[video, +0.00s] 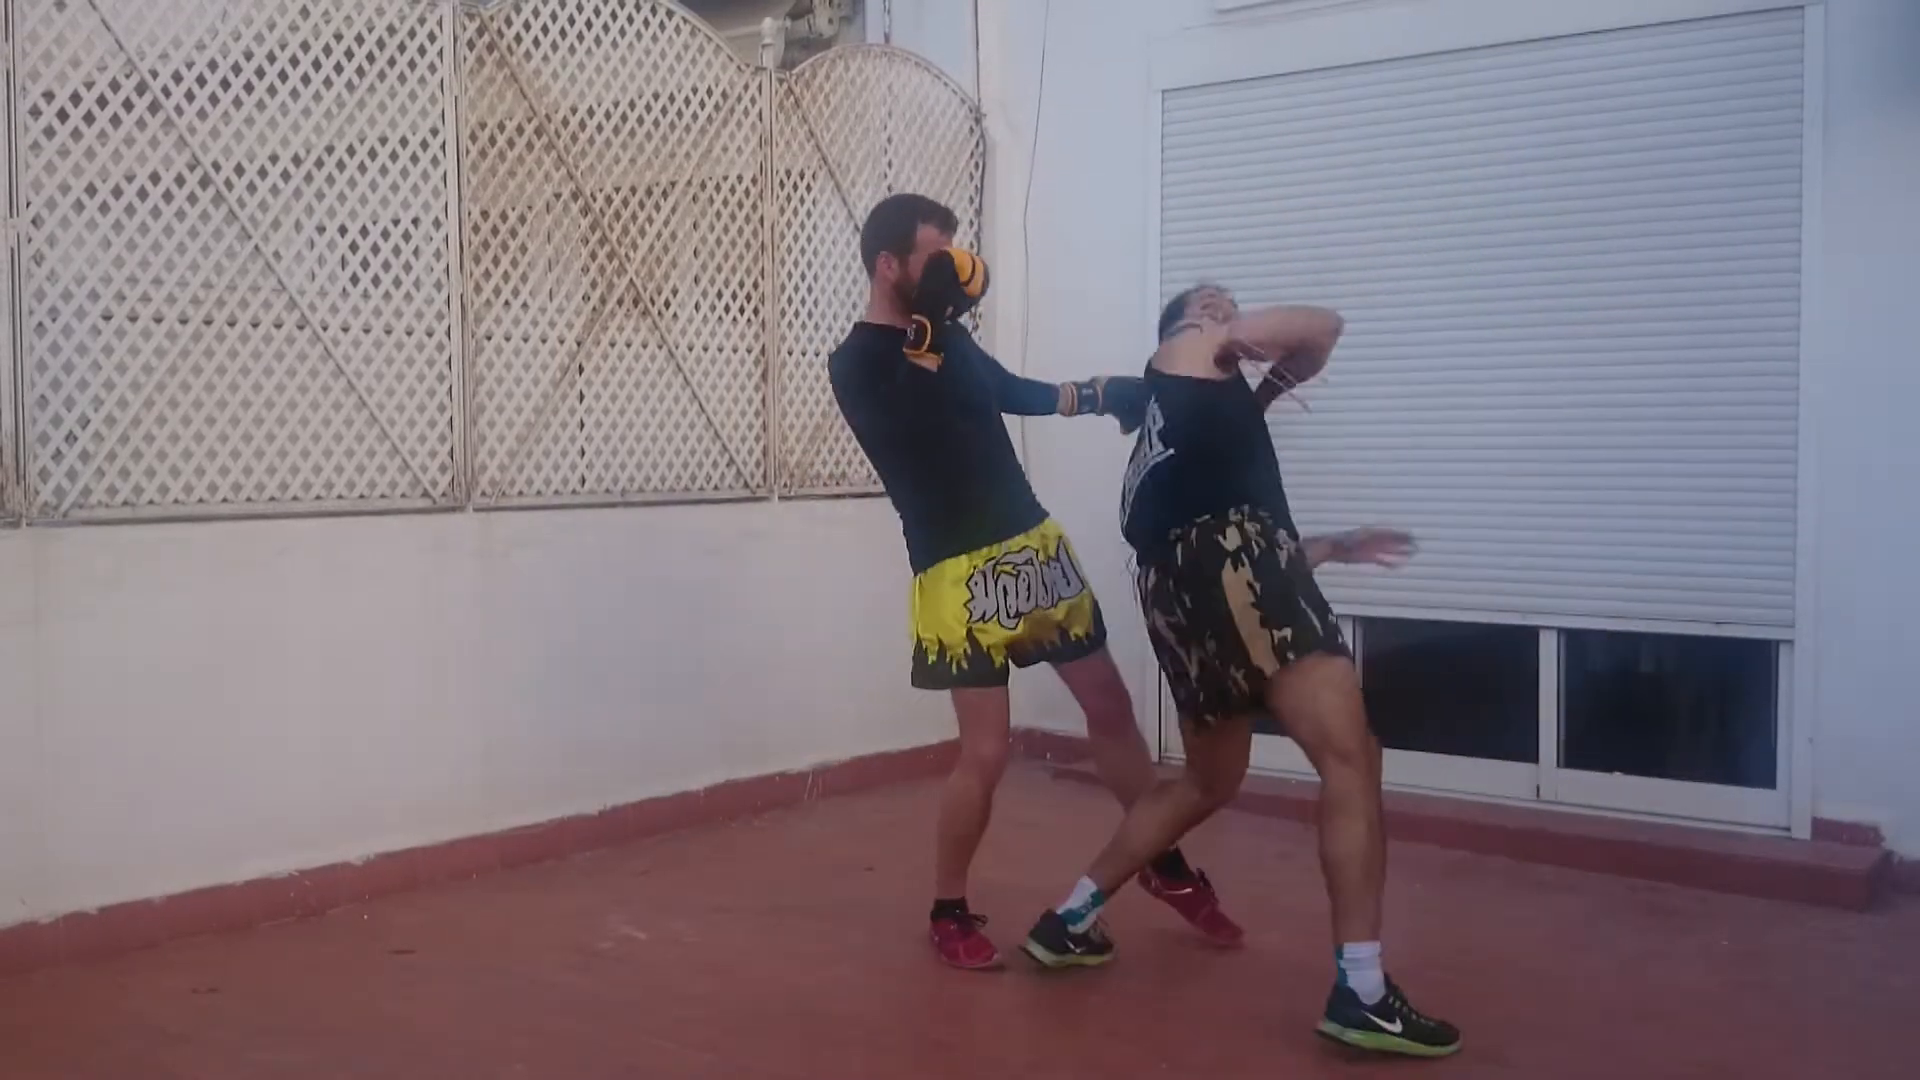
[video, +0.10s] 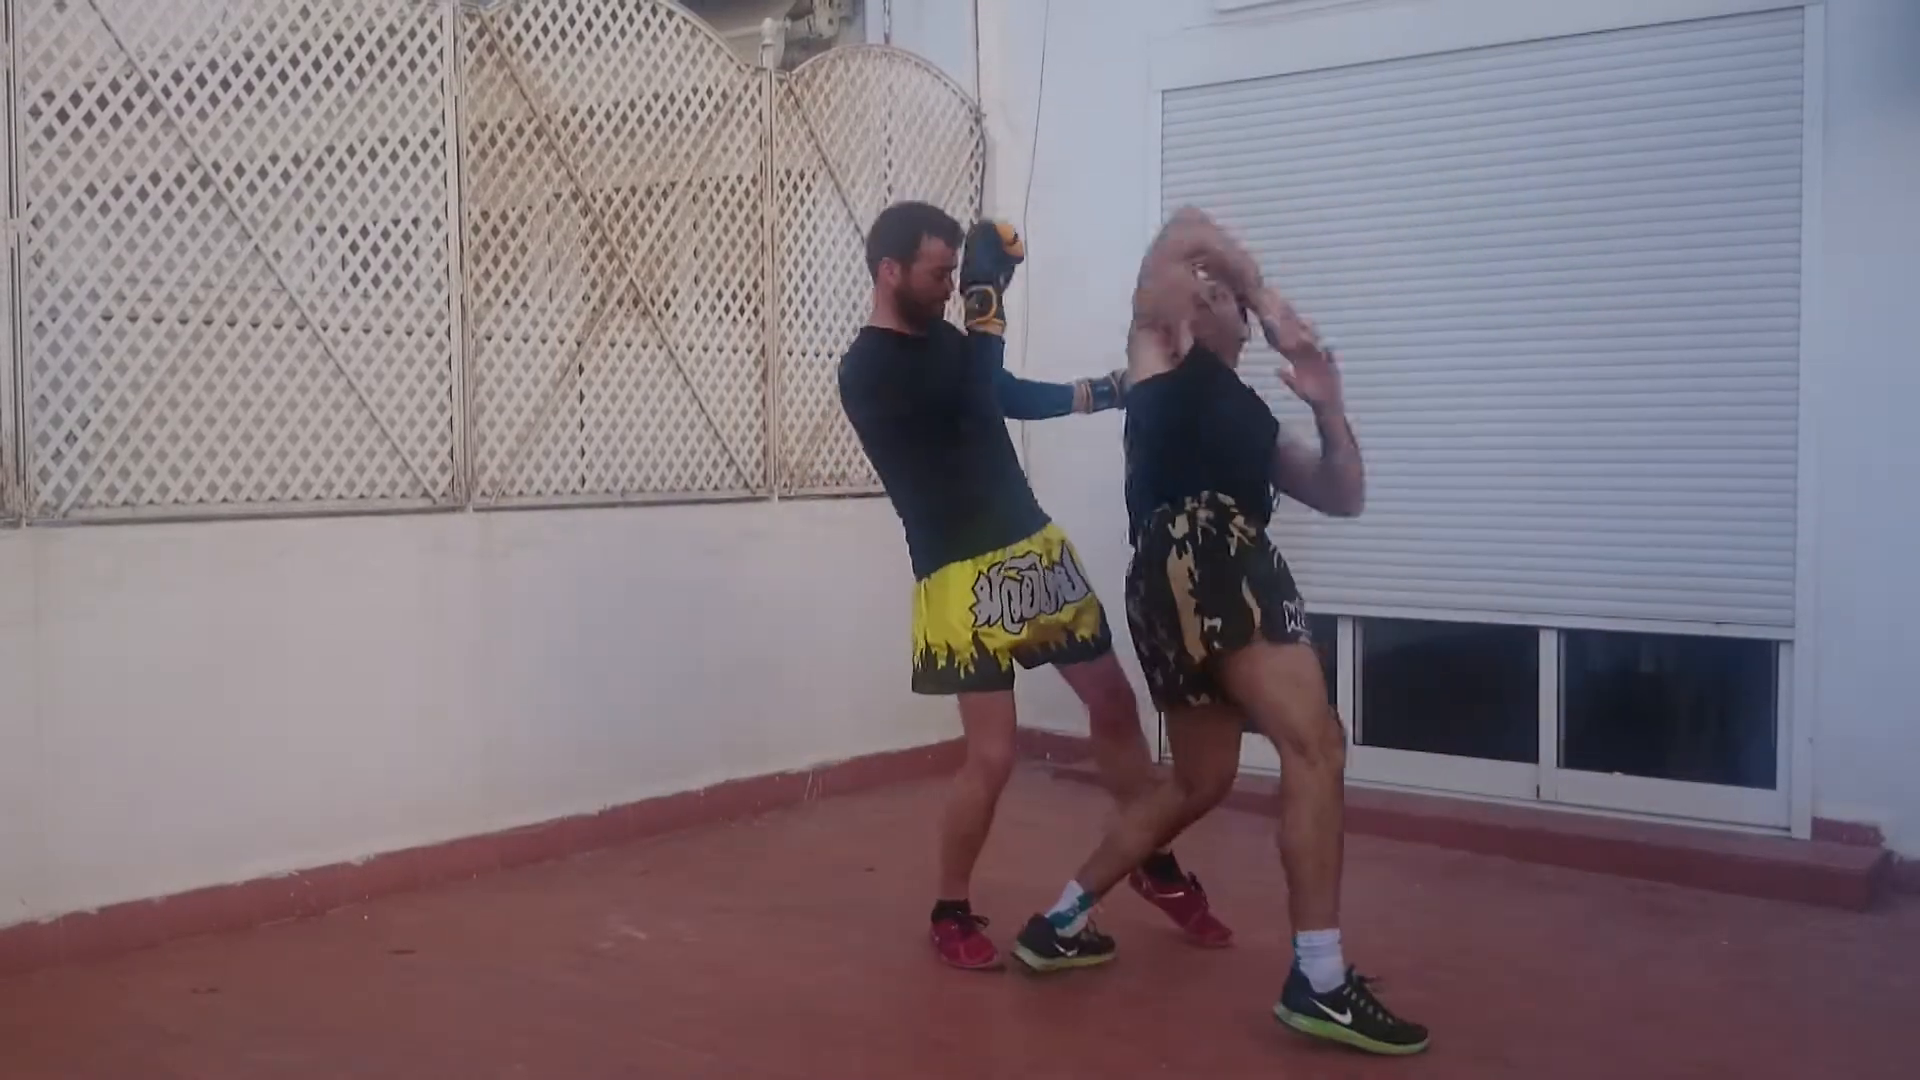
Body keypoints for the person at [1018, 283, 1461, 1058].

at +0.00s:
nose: (1237, 312)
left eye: (1234, 305)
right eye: (1224, 303)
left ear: (1176, 335)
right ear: (1197, 320)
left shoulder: (1166, 435)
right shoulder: (1198, 344)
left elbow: (1230, 548)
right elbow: (1321, 327)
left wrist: (1337, 546)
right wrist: (1264, 365)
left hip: (1173, 587)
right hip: (1236, 556)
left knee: (1209, 777)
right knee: (1349, 755)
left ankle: (1069, 919)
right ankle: (1362, 990)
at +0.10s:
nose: (1235, 298)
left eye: (1233, 290)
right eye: (1219, 289)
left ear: (1226, 315)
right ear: (1188, 299)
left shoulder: (1250, 415)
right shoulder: (1163, 345)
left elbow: (1341, 495)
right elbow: (1184, 231)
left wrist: (1327, 404)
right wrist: (1260, 292)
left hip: (1193, 573)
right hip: (1209, 557)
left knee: (1198, 781)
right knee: (1315, 747)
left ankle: (1058, 921)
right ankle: (1320, 979)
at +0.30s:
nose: (1269, 295)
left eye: (1273, 290)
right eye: (1255, 284)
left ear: (1273, 319)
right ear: (1218, 299)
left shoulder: (1271, 411)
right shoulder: (1175, 329)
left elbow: (1328, 499)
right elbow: (1134, 215)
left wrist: (1317, 393)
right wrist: (1232, 260)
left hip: (1204, 558)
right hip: (1181, 544)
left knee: (1187, 774)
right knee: (1258, 751)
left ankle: (1051, 914)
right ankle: (1298, 978)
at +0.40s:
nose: (1264, 279)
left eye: (1274, 276)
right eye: (1251, 265)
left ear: (1277, 303)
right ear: (1221, 271)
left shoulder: (1247, 401)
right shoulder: (1194, 315)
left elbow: (1312, 493)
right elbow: (1241, 197)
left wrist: (1340, 395)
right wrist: (1309, 281)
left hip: (1171, 561)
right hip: (1200, 551)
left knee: (1178, 762)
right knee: (1287, 745)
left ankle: (1046, 907)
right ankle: (1303, 968)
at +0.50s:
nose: (1301, 302)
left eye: (1304, 294)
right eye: (1293, 285)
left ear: (1275, 303)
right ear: (1260, 277)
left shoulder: (1241, 383)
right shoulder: (1232, 304)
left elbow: (1288, 503)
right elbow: (1335, 232)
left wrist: (1344, 412)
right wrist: (1351, 314)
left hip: (1162, 545)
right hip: (1217, 536)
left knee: (1164, 747)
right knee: (1347, 715)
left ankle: (1046, 900)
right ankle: (1322, 933)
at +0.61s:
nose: (1328, 299)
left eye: (1324, 290)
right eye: (1322, 289)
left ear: (1246, 292)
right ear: (1303, 284)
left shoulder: (1203, 371)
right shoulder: (1284, 304)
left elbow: (1266, 504)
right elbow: (1410, 318)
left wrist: (1352, 450)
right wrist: (1379, 348)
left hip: (1172, 548)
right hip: (1260, 537)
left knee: (1149, 735)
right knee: (1358, 724)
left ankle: (1049, 898)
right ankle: (1398, 934)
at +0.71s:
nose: (1352, 314)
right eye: (1349, 305)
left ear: (1272, 302)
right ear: (1342, 298)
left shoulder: (1221, 358)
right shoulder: (1344, 338)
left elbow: (1234, 462)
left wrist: (1344, 483)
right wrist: (1393, 365)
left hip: (1208, 555)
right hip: (1314, 557)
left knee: (1145, 741)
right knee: (1377, 755)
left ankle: (1052, 906)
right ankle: (1403, 955)